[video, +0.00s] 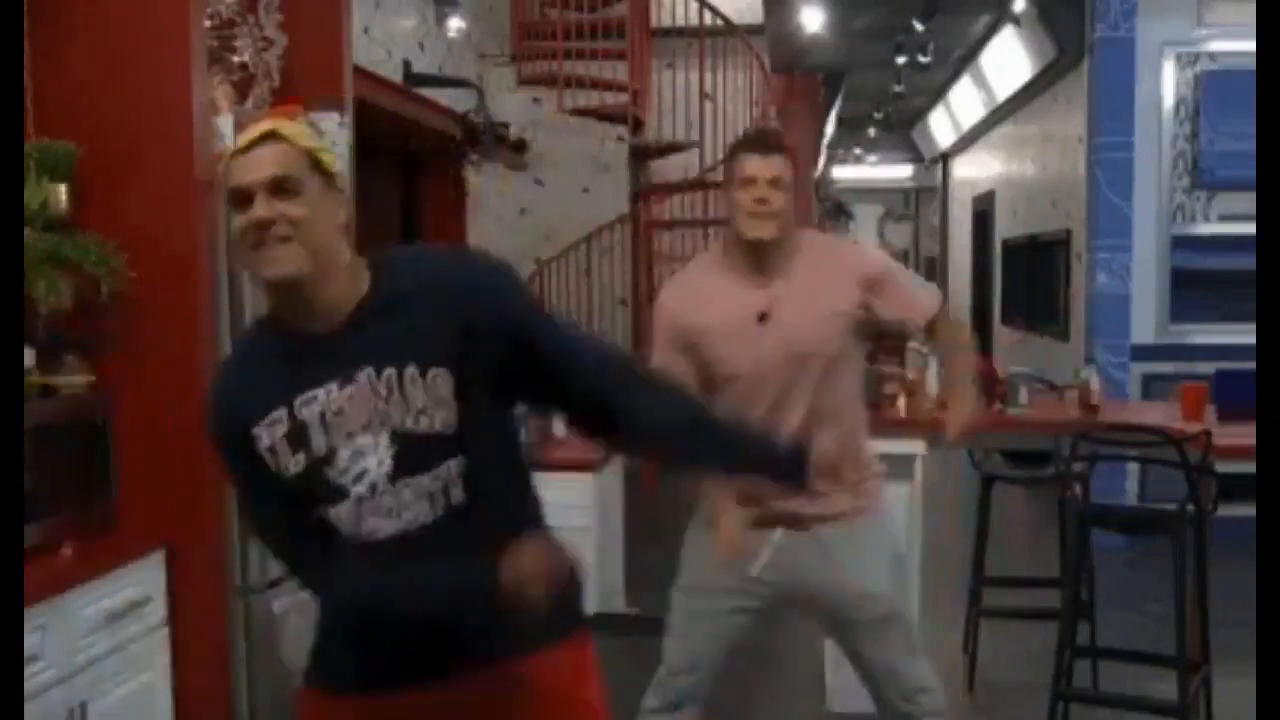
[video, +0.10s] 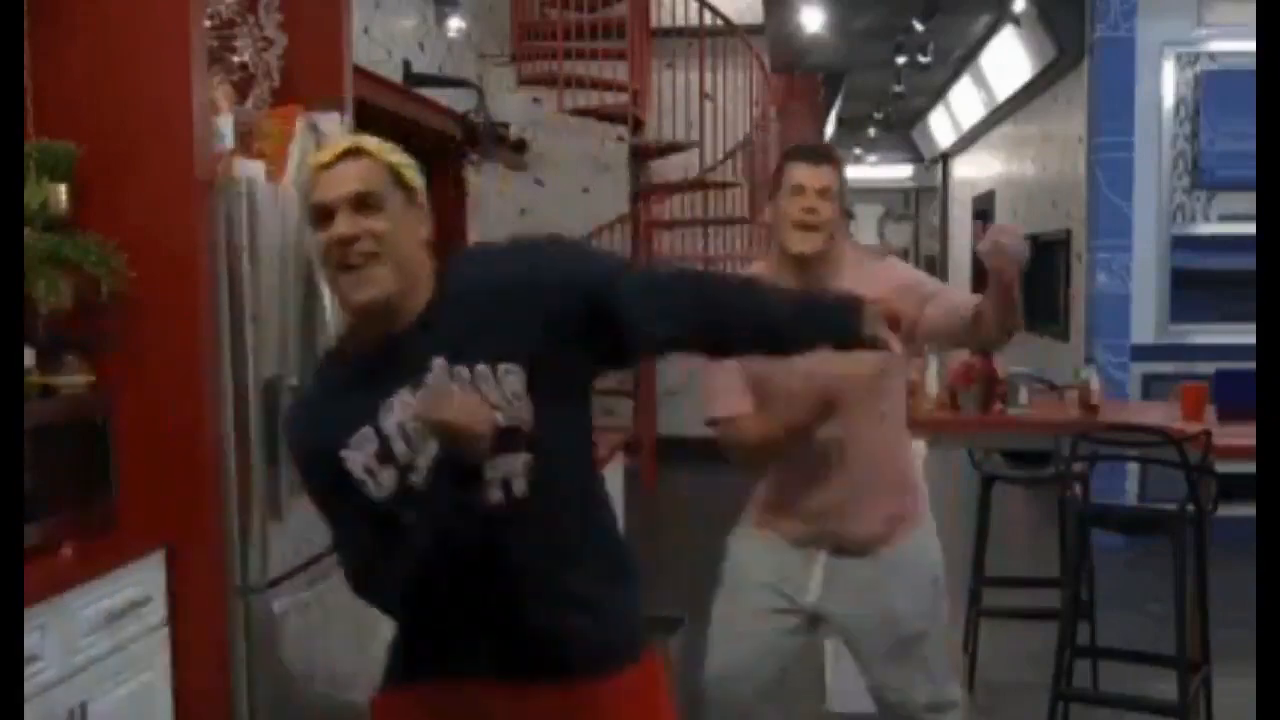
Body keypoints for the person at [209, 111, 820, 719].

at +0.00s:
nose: (261, 214)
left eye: (284, 191)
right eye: (241, 202)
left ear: (340, 205)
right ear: (230, 233)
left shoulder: (453, 289)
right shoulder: (240, 396)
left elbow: (614, 398)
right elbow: (332, 574)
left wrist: (784, 460)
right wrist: (491, 579)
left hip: (524, 655)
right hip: (365, 678)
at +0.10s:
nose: (345, 231)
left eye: (366, 207)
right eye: (324, 219)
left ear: (420, 219)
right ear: (314, 248)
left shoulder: (526, 287)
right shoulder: (320, 417)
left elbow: (688, 308)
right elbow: (387, 582)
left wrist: (847, 319)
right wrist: (456, 463)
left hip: (598, 668)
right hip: (442, 681)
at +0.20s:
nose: (387, 243)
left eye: (410, 219)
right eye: (366, 230)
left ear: (465, 231)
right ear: (351, 261)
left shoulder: (569, 306)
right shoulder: (359, 438)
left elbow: (718, 324)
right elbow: (421, 615)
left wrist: (869, 339)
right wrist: (455, 487)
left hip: (629, 679)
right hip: (475, 695)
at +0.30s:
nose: (425, 239)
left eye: (449, 216)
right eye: (404, 225)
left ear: (503, 230)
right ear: (385, 252)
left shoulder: (597, 317)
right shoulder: (382, 422)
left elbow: (749, 382)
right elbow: (428, 610)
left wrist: (881, 425)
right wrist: (500, 541)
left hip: (643, 675)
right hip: (491, 687)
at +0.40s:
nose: (502, 225)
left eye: (529, 204)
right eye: (481, 206)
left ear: (577, 222)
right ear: (459, 226)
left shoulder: (649, 358)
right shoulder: (410, 371)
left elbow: (760, 539)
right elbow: (433, 559)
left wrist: (907, 669)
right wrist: (529, 690)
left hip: (648, 674)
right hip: (483, 672)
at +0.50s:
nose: (574, 252)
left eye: (608, 241)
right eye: (564, 225)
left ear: (643, 272)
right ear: (541, 235)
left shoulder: (676, 430)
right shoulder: (444, 367)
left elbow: (701, 650)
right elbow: (412, 554)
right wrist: (374, 697)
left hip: (618, 699)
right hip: (478, 683)